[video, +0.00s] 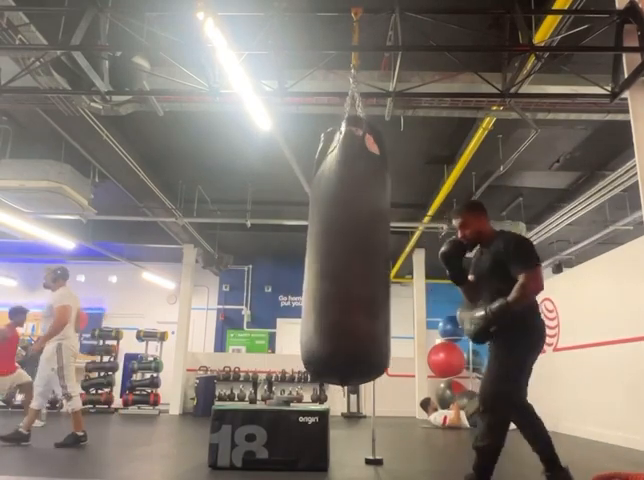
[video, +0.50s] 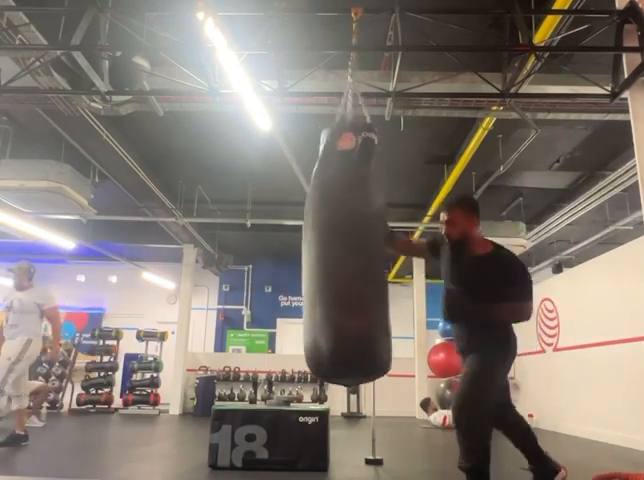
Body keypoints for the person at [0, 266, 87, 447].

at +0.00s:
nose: (44, 282)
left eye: (47, 278)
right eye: (45, 278)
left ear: (58, 278)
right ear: (61, 279)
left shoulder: (62, 294)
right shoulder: (67, 295)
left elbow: (62, 320)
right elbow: (76, 323)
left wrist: (42, 340)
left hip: (61, 344)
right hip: (55, 344)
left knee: (68, 389)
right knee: (40, 387)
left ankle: (79, 431)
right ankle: (24, 430)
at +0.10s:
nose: (38, 281)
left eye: (41, 278)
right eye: (39, 278)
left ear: (53, 278)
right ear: (52, 278)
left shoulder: (59, 294)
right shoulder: (48, 296)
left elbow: (62, 320)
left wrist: (42, 342)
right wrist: (36, 342)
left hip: (54, 346)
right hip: (42, 346)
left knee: (60, 389)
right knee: (33, 388)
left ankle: (75, 429)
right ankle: (22, 431)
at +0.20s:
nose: (32, 279)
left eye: (35, 276)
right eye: (32, 276)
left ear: (46, 276)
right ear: (45, 277)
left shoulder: (56, 293)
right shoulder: (40, 296)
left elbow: (61, 320)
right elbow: (37, 321)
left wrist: (46, 343)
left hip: (44, 343)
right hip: (32, 343)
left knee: (37, 388)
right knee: (26, 388)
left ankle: (66, 423)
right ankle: (21, 431)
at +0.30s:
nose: (25, 278)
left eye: (29, 275)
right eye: (26, 275)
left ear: (41, 276)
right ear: (37, 278)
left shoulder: (52, 293)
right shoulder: (32, 298)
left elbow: (62, 318)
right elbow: (24, 325)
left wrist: (51, 343)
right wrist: (16, 343)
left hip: (35, 343)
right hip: (24, 342)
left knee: (18, 388)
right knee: (24, 388)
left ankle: (46, 420)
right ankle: (21, 431)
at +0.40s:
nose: (20, 279)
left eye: (23, 275)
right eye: (20, 275)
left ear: (34, 276)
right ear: (25, 277)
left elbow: (60, 318)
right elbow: (16, 323)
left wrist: (55, 343)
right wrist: (5, 340)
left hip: (33, 341)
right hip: (18, 341)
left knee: (6, 383)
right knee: (22, 387)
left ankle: (20, 427)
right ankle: (22, 429)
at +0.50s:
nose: (15, 278)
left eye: (19, 275)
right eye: (14, 274)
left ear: (29, 276)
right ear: (15, 276)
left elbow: (55, 319)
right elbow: (8, 322)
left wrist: (55, 347)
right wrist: (3, 341)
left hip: (29, 342)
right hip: (11, 341)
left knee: (6, 376)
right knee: (18, 386)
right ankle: (20, 430)